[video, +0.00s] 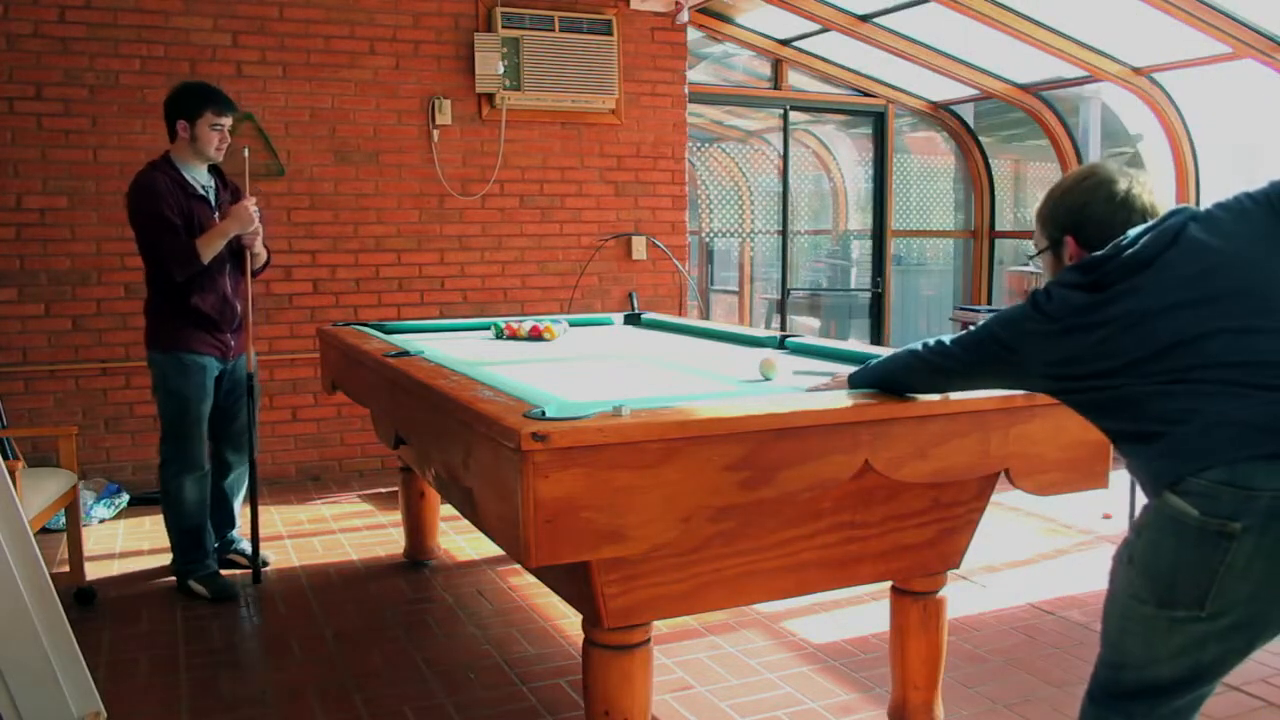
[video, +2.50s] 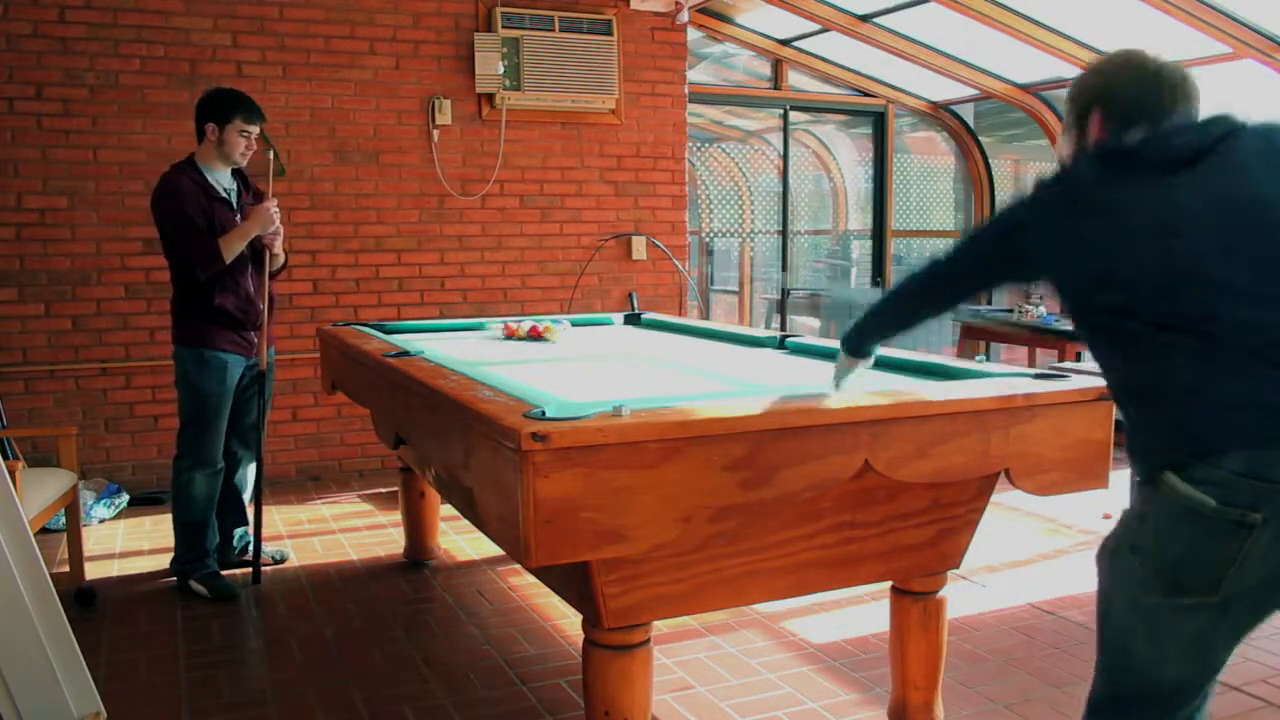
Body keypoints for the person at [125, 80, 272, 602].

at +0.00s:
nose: (226, 137)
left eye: (229, 128)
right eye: (217, 127)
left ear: (224, 133)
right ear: (183, 129)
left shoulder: (223, 187)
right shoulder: (152, 186)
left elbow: (255, 265)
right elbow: (176, 265)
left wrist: (255, 241)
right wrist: (229, 226)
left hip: (231, 339)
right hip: (183, 341)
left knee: (233, 452)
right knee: (188, 457)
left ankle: (224, 541)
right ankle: (193, 566)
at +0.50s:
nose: (219, 140)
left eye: (220, 131)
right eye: (211, 130)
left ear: (190, 133)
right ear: (177, 129)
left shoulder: (209, 186)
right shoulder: (140, 186)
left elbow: (228, 265)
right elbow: (168, 271)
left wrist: (244, 243)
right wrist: (222, 230)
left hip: (221, 340)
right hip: (173, 344)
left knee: (236, 442)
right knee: (181, 457)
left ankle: (219, 541)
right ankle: (191, 567)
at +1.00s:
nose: (214, 140)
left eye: (215, 130)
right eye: (207, 129)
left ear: (182, 131)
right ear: (175, 128)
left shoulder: (202, 186)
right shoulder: (138, 186)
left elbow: (223, 266)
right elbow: (166, 271)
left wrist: (247, 246)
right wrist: (231, 229)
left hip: (228, 339)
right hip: (181, 344)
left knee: (246, 444)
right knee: (188, 458)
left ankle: (236, 543)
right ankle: (193, 567)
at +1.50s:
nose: (229, 140)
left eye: (230, 131)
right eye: (220, 129)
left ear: (208, 134)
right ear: (186, 129)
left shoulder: (219, 188)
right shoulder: (155, 185)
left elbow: (238, 265)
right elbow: (182, 267)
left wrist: (257, 245)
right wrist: (240, 227)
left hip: (234, 339)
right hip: (191, 342)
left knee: (234, 452)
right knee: (195, 457)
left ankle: (231, 545)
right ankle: (193, 565)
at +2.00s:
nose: (243, 141)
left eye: (247, 132)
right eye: (234, 131)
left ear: (246, 137)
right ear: (202, 130)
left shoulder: (239, 188)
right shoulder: (168, 189)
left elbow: (263, 267)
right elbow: (188, 267)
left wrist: (268, 248)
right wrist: (243, 227)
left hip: (243, 340)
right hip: (199, 342)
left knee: (237, 452)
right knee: (199, 457)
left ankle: (231, 545)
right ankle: (193, 564)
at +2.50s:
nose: (252, 143)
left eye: (255, 135)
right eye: (244, 133)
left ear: (252, 139)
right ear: (211, 131)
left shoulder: (244, 189)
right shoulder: (176, 187)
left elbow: (268, 268)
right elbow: (198, 263)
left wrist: (274, 248)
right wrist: (251, 226)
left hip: (251, 340)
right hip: (207, 342)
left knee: (241, 452)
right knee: (203, 456)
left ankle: (230, 544)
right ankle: (192, 564)